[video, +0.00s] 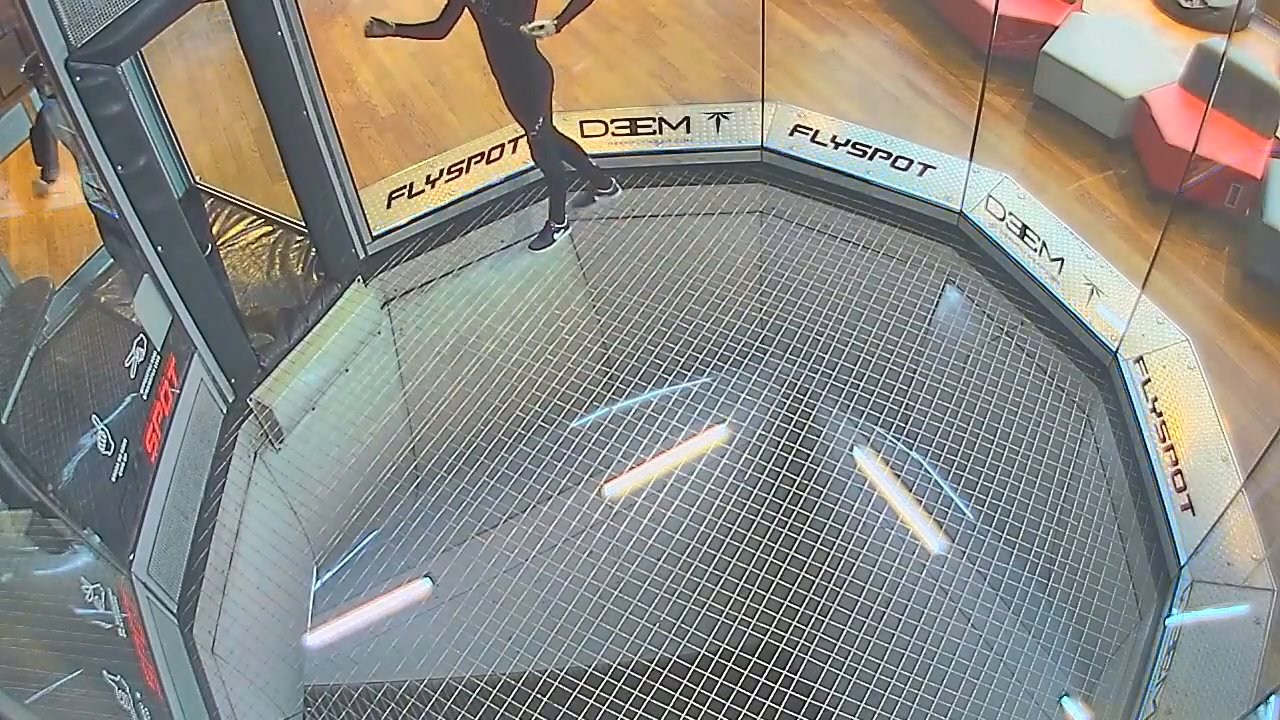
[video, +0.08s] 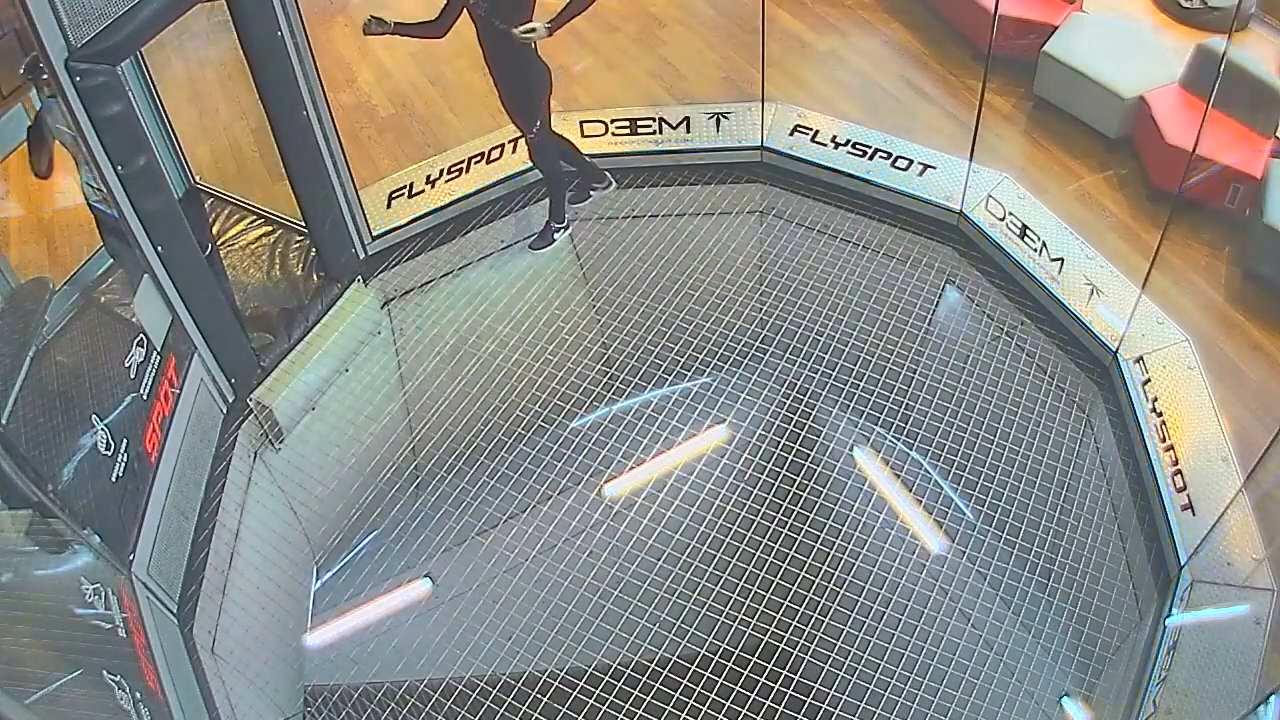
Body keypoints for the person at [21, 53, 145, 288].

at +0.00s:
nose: (44, 88)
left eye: (45, 79)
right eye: (38, 83)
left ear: (56, 74)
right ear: (35, 84)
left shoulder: (49, 114)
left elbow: (49, 168)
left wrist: (49, 177)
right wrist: (50, 176)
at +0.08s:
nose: (50, 82)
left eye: (50, 72)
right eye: (42, 79)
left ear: (63, 66)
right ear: (38, 85)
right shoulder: (48, 114)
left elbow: (42, 170)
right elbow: (42, 170)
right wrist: (37, 121)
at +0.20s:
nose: (50, 85)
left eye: (51, 76)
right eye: (42, 83)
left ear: (60, 70)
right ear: (38, 90)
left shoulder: (89, 89)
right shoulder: (46, 117)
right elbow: (41, 170)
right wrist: (37, 146)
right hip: (101, 195)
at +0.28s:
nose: (49, 87)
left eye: (51, 78)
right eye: (42, 85)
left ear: (64, 69)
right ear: (39, 90)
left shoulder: (95, 88)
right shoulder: (47, 114)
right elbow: (40, 168)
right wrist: (37, 127)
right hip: (102, 201)